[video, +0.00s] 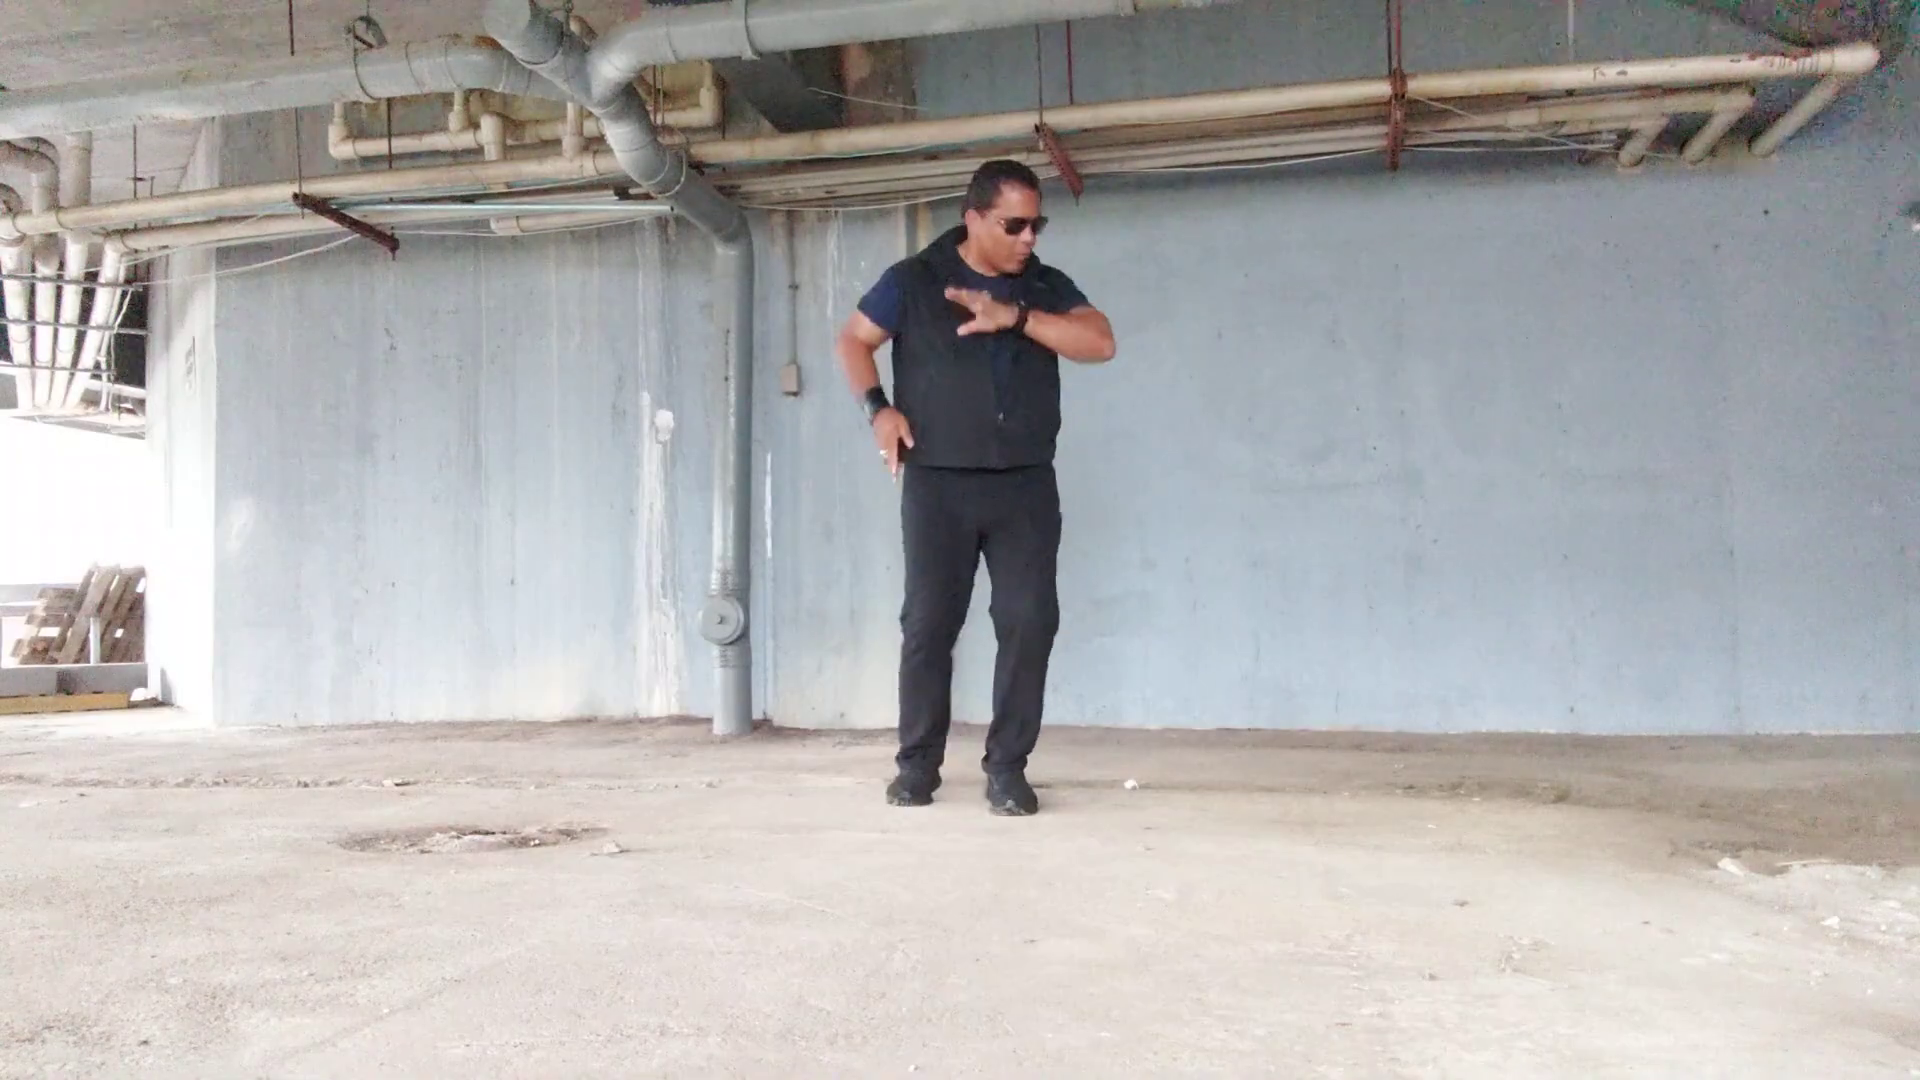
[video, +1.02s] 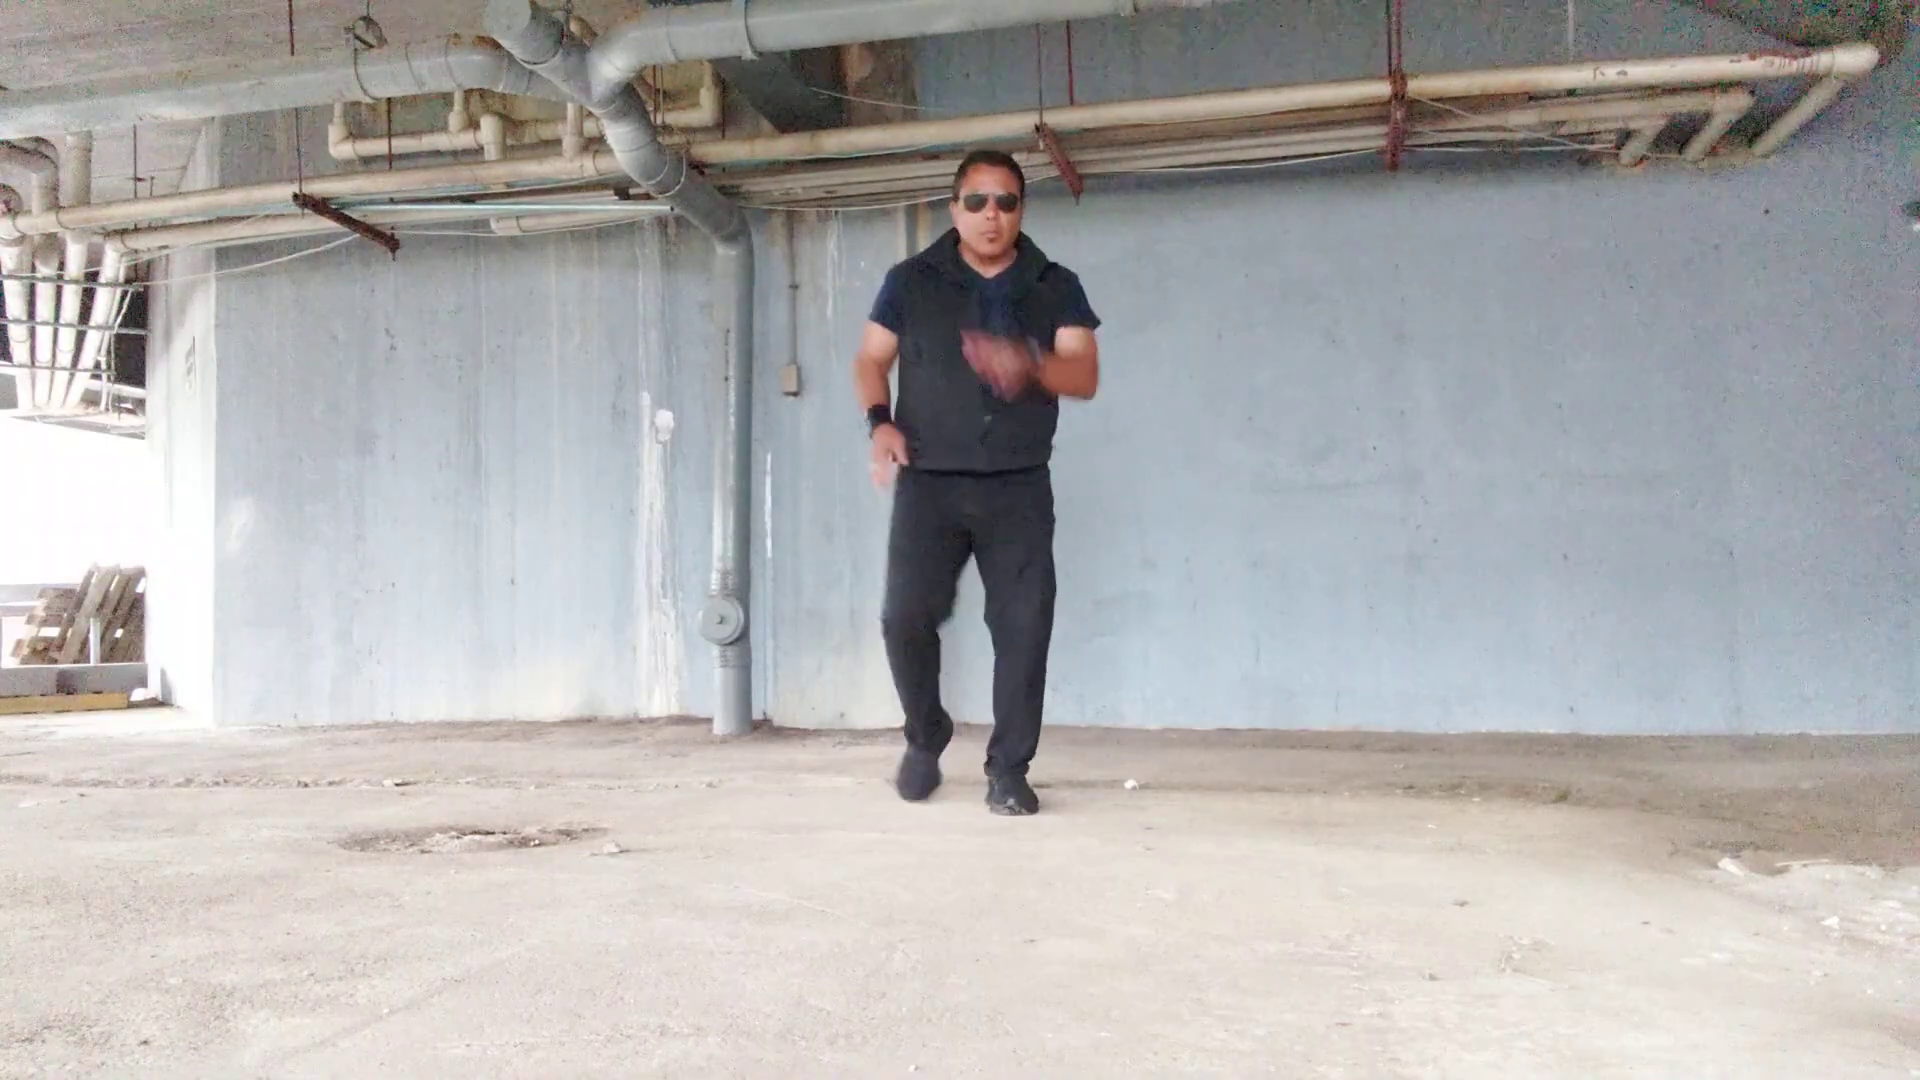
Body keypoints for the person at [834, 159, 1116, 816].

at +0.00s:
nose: (1029, 238)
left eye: (1035, 225)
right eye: (1016, 225)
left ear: (1039, 221)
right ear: (973, 219)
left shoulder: (1044, 284)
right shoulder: (916, 279)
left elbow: (1101, 343)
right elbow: (853, 340)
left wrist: (1018, 318)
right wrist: (878, 408)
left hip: (1025, 485)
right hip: (937, 485)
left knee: (1031, 622)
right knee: (927, 626)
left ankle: (1007, 768)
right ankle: (917, 764)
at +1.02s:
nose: (991, 215)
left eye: (1005, 203)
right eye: (977, 202)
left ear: (1022, 212)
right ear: (955, 209)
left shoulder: (1054, 285)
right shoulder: (913, 279)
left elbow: (1085, 378)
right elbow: (871, 361)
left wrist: (1031, 365)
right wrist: (881, 422)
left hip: (1017, 489)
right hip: (928, 485)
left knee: (1025, 632)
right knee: (905, 618)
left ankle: (1008, 772)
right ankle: (924, 733)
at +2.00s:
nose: (923, 211)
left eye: (930, 199)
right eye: (909, 198)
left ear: (935, 204)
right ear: (866, 201)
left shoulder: (944, 274)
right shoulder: (808, 268)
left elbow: (1004, 348)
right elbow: (754, 351)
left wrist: (941, 326)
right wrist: (779, 421)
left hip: (914, 483)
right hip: (831, 481)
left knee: (923, 623)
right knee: (841, 623)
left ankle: (850, 722)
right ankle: (850, 779)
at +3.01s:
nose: (1000, 185)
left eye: (1015, 172)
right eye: (985, 171)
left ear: (1035, 182)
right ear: (960, 180)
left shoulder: (1072, 264)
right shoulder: (922, 260)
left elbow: (1124, 351)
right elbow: (882, 354)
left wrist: (1172, 428)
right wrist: (942, 349)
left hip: (1032, 467)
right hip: (946, 473)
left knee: (1032, 613)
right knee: (926, 614)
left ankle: (1063, 771)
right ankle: (1022, 729)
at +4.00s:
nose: (939, 186)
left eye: (953, 171)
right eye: (922, 172)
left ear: (975, 176)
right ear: (899, 180)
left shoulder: (1018, 252)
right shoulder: (865, 261)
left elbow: (1053, 353)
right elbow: (831, 367)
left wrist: (1032, 361)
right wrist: (882, 385)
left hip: (986, 472)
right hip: (893, 478)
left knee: (1011, 579)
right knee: (881, 626)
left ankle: (950, 645)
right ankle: (906, 782)